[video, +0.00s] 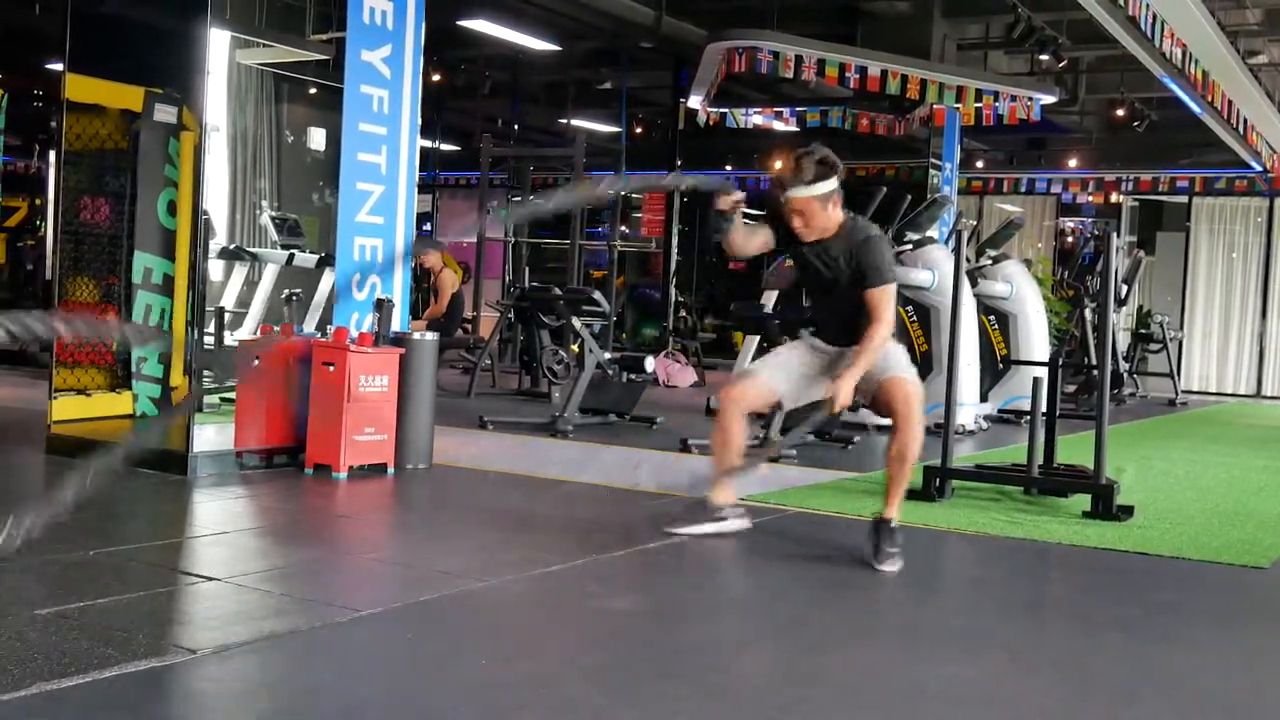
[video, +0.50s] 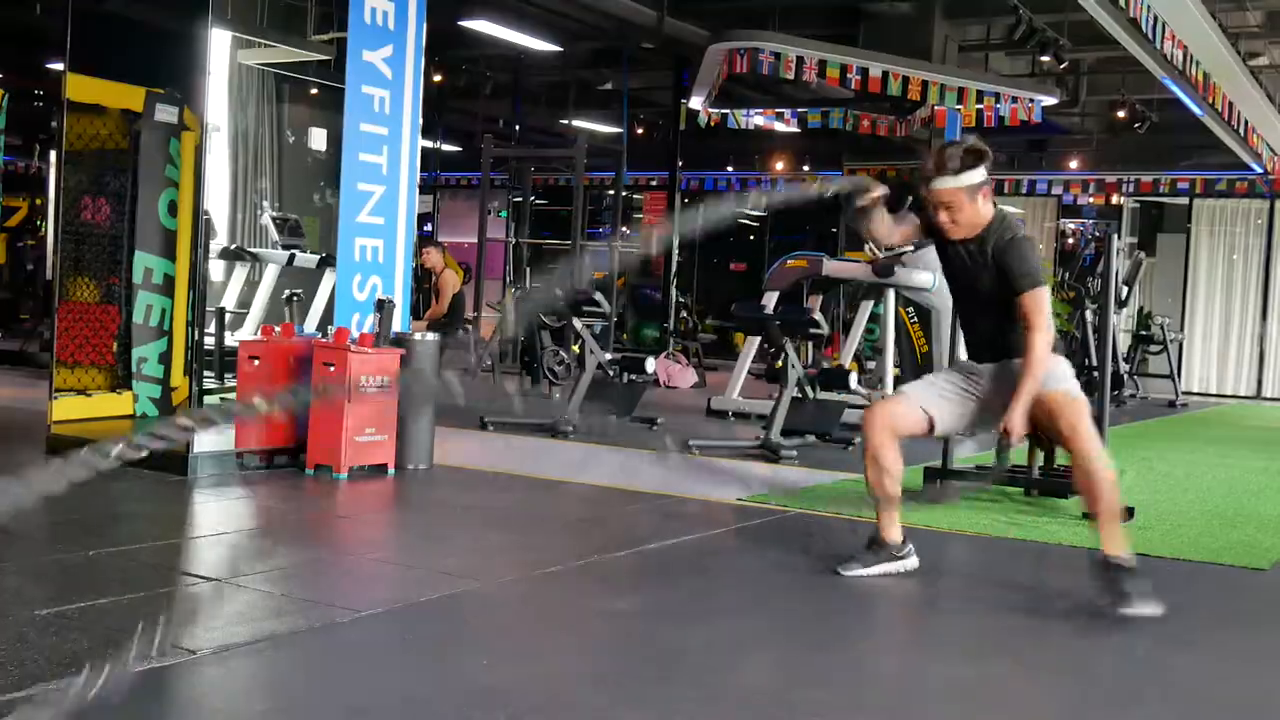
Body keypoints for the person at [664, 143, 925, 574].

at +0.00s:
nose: (794, 223)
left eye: (802, 215)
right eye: (791, 214)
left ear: (834, 206)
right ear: (788, 208)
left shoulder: (868, 242)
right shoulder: (792, 229)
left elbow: (883, 323)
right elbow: (742, 245)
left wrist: (850, 376)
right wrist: (731, 218)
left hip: (873, 350)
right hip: (816, 348)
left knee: (908, 399)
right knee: (735, 396)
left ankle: (889, 520)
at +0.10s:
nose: (811, 229)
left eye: (820, 219)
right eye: (806, 219)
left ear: (852, 209)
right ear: (800, 212)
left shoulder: (885, 235)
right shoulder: (804, 250)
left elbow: (903, 300)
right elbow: (775, 303)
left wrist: (858, 326)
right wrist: (752, 297)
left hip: (898, 353)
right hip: (835, 354)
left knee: (933, 415)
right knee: (758, 408)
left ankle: (944, 539)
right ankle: (766, 519)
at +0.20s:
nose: (854, 235)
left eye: (863, 225)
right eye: (847, 225)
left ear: (896, 218)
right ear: (841, 222)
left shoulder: (926, 241)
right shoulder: (842, 258)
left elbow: (918, 292)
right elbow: (820, 330)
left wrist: (863, 271)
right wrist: (811, 392)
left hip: (926, 370)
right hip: (864, 369)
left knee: (958, 418)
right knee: (776, 412)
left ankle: (977, 547)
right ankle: (766, 519)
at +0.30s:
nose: (898, 219)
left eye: (910, 209)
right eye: (894, 208)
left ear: (944, 208)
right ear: (888, 206)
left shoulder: (973, 250)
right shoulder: (884, 252)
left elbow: (967, 321)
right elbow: (852, 317)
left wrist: (895, 320)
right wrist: (843, 373)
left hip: (968, 371)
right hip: (901, 371)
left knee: (1003, 429)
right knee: (824, 414)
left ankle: (990, 558)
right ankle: (776, 516)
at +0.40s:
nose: (925, 208)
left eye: (936, 197)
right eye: (921, 197)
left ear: (972, 189)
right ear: (916, 193)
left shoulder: (1001, 237)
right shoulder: (920, 225)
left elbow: (1010, 324)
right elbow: (875, 252)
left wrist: (964, 385)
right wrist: (841, 261)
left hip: (1005, 362)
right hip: (947, 361)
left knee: (1039, 416)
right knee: (853, 411)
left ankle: (1014, 552)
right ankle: (849, 533)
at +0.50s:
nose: (939, 219)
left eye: (949, 208)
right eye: (935, 208)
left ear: (985, 196)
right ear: (928, 202)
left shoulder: (1012, 240)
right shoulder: (936, 223)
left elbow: (1041, 328)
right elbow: (887, 236)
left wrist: (1020, 405)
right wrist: (869, 208)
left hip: (1035, 370)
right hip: (977, 373)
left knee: (1076, 421)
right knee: (880, 419)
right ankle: (891, 544)